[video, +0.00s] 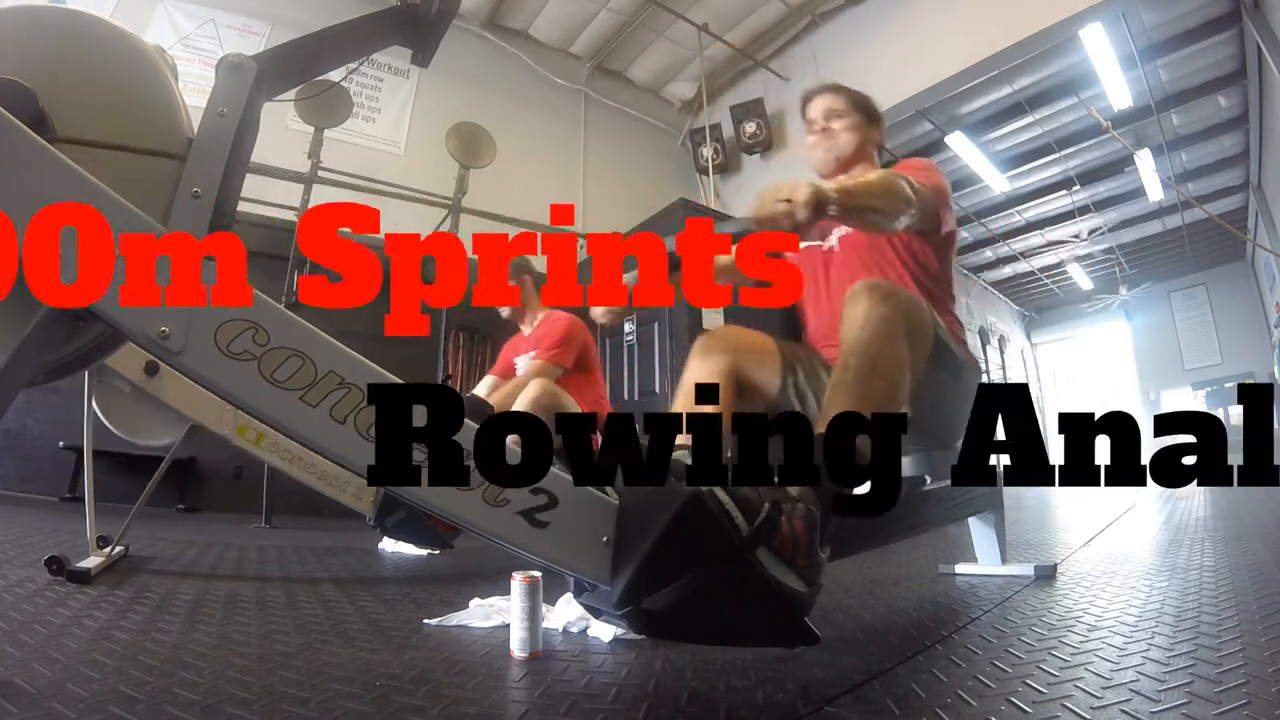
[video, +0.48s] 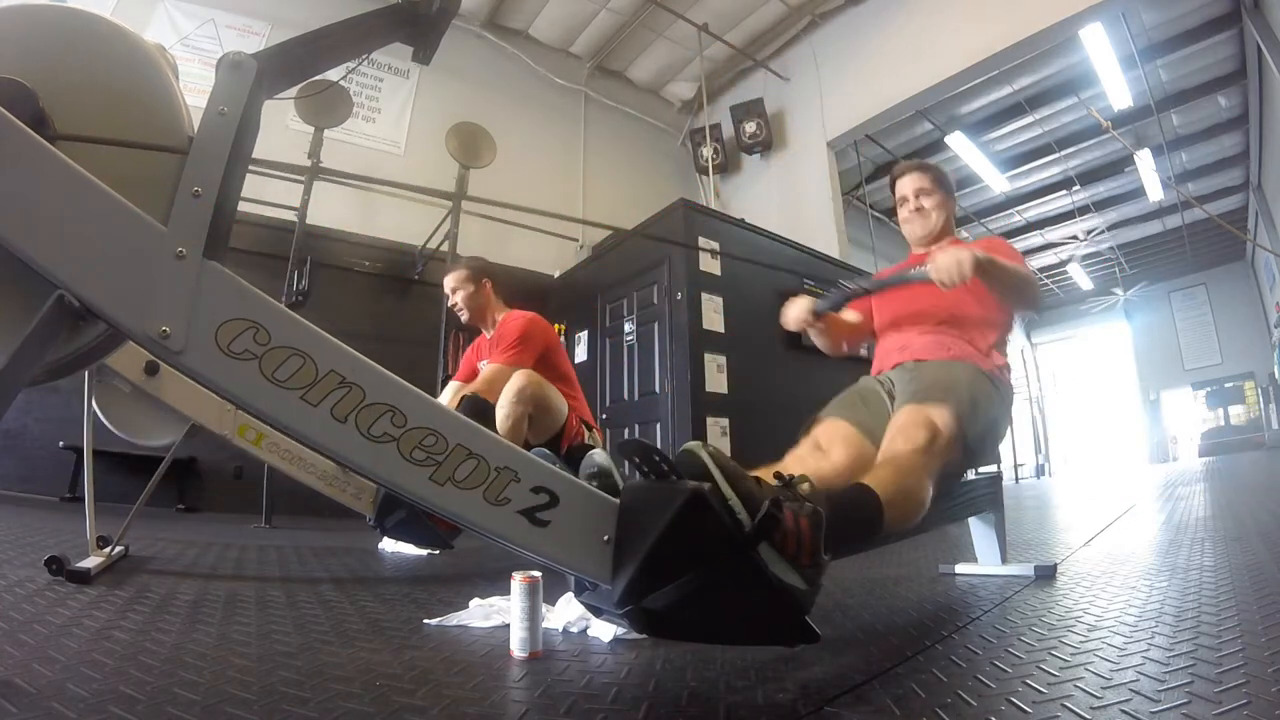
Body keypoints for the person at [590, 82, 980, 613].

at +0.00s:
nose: (819, 131)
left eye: (834, 118)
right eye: (810, 128)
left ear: (873, 129)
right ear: (805, 148)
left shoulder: (917, 173)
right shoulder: (801, 225)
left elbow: (901, 201)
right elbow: (726, 267)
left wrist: (828, 198)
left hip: (932, 386)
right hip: (831, 384)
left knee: (875, 300)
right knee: (715, 348)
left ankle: (812, 506)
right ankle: (677, 510)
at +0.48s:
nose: (914, 205)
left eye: (925, 194)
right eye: (904, 201)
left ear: (952, 204)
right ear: (896, 220)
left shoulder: (985, 249)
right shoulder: (885, 278)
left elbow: (1032, 299)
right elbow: (845, 340)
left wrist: (981, 263)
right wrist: (811, 321)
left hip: (957, 367)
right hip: (883, 378)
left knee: (916, 439)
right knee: (821, 447)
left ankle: (822, 525)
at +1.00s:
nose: (895, 192)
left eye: (906, 179)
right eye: (884, 187)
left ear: (936, 188)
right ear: (879, 203)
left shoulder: (982, 244)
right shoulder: (868, 272)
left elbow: (1050, 295)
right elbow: (830, 339)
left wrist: (996, 278)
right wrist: (793, 343)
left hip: (960, 372)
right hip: (881, 386)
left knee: (913, 435)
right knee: (816, 445)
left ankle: (818, 528)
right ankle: (694, 495)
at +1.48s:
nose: (772, 125)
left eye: (788, 109)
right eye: (762, 120)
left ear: (834, 120)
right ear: (760, 143)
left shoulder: (895, 176)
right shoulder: (755, 229)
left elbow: (868, 209)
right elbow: (679, 269)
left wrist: (795, 254)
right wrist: (587, 323)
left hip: (924, 397)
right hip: (813, 401)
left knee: (873, 291)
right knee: (705, 346)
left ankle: (813, 509)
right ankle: (691, 508)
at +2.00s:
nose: (702, 88)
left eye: (721, 72)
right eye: (693, 84)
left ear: (776, 87)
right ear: (689, 115)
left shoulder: (836, 145)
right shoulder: (692, 223)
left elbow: (799, 180)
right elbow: (602, 272)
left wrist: (656, 207)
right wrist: (488, 317)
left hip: (882, 401)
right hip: (762, 411)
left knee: (804, 247)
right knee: (640, 316)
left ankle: (798, 513)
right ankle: (678, 498)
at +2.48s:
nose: (911, 199)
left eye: (921, 187)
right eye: (901, 194)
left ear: (949, 196)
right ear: (894, 211)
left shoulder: (987, 245)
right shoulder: (884, 280)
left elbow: (1027, 293)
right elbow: (845, 335)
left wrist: (978, 257)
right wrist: (805, 314)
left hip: (960, 368)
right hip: (885, 380)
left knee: (917, 438)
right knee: (822, 445)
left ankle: (824, 529)